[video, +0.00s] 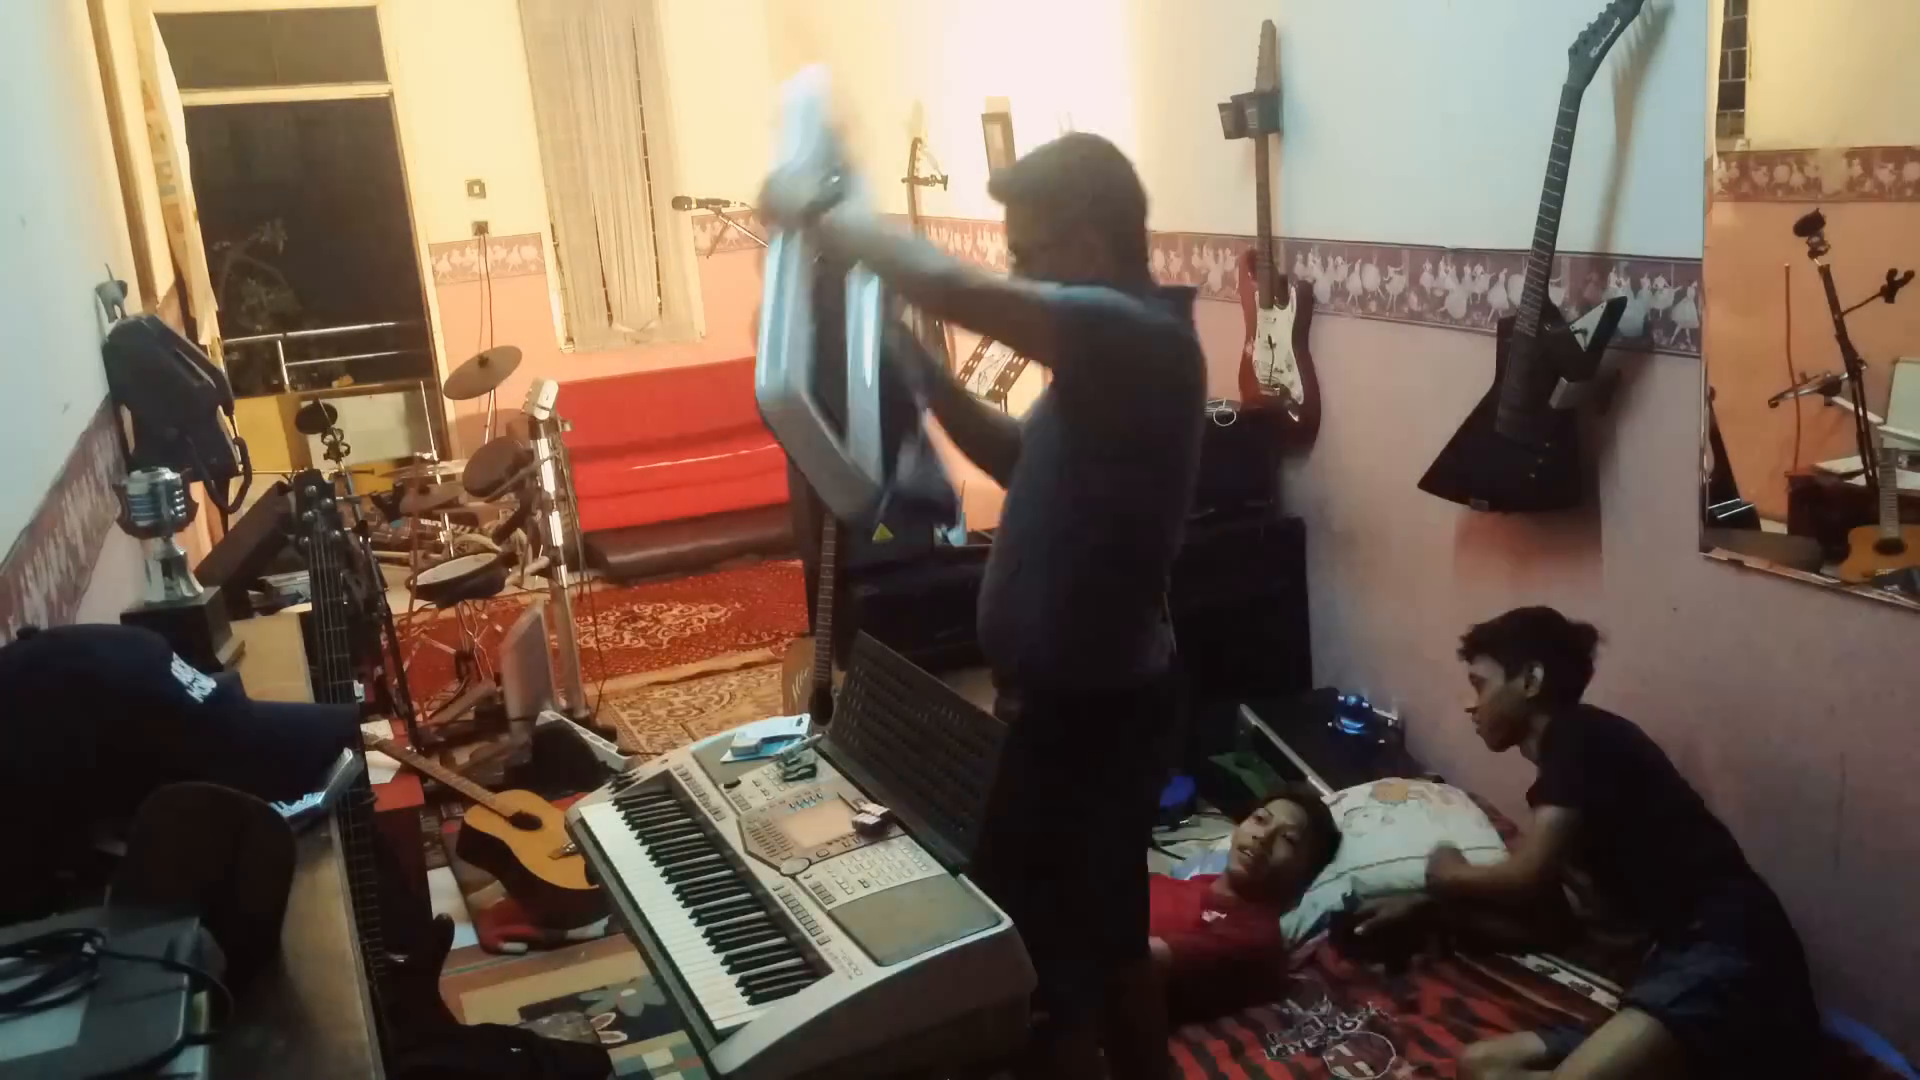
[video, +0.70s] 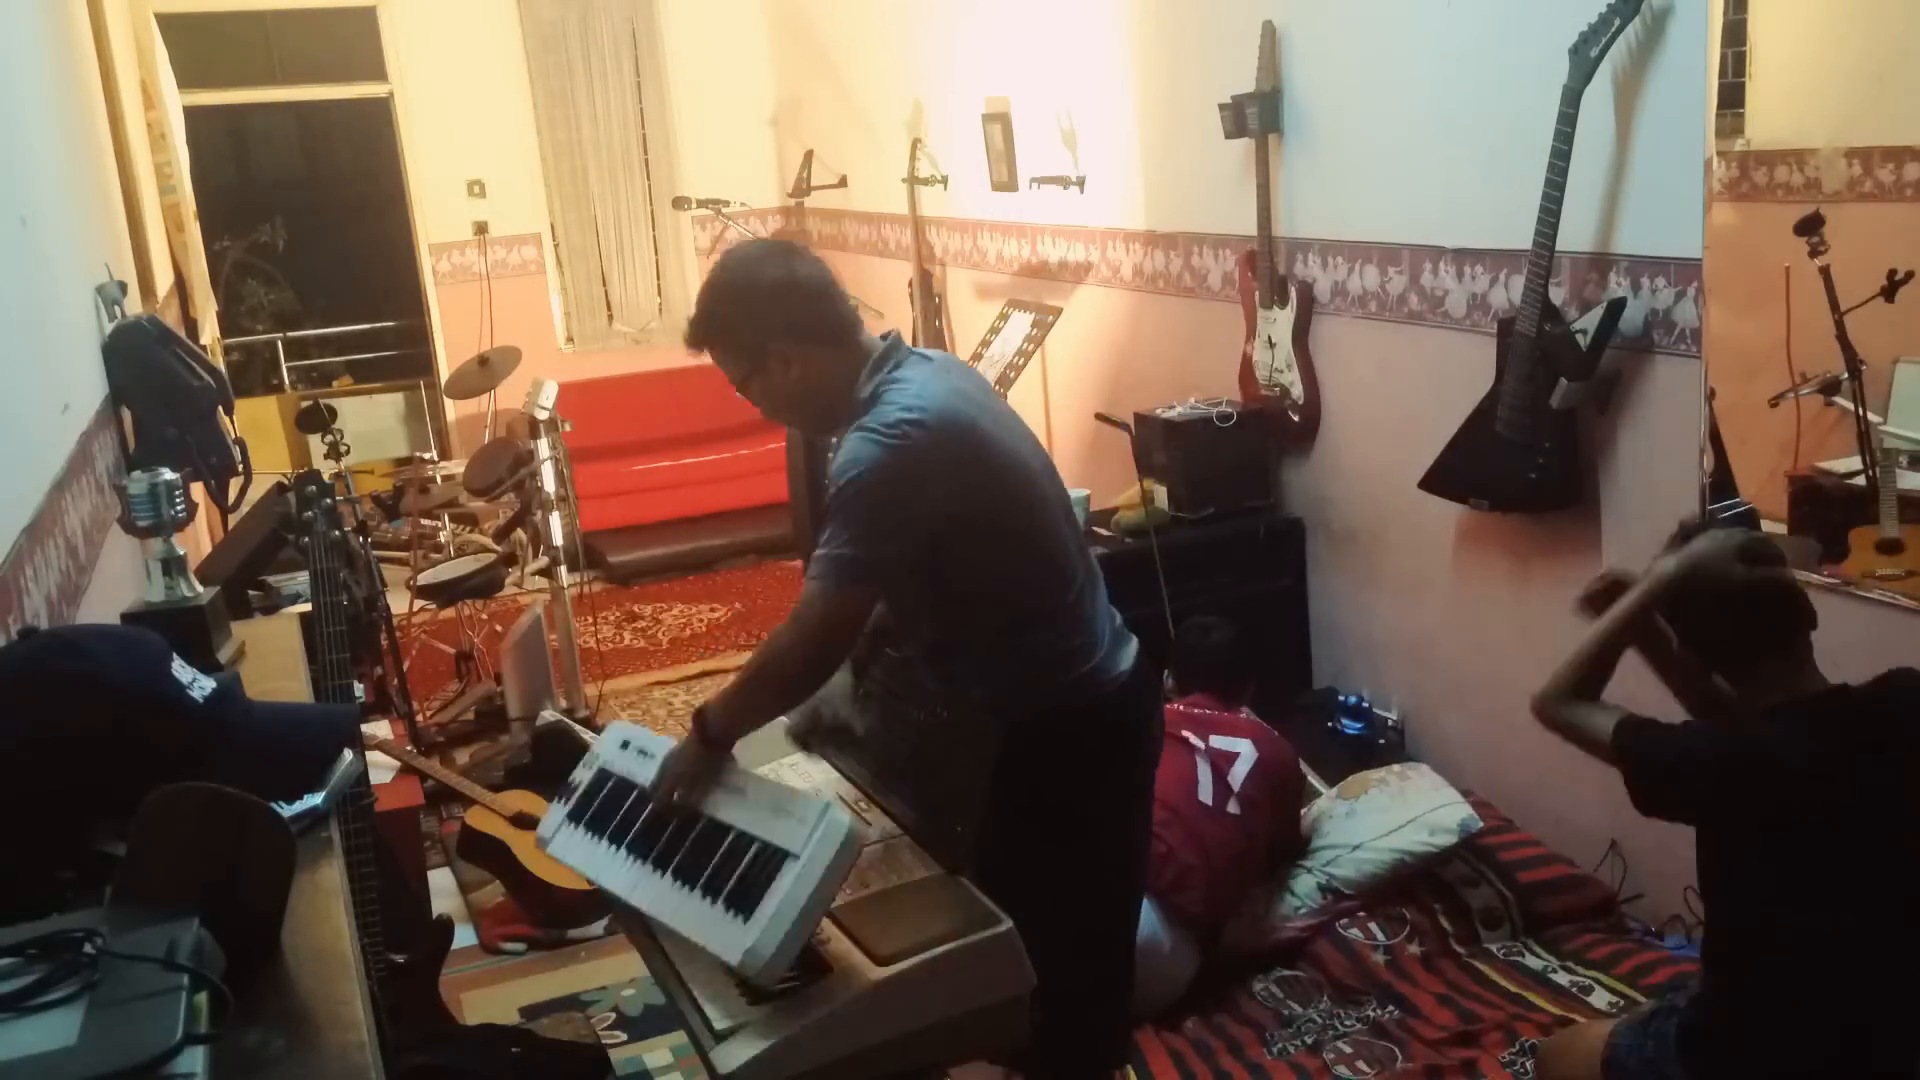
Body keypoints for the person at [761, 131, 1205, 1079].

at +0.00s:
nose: (1012, 250)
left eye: (1026, 228)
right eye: (1011, 230)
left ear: (1086, 229)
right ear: (1103, 233)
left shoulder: (1138, 335)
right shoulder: (1112, 353)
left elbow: (950, 283)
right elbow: (1022, 463)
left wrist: (826, 219)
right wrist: (915, 354)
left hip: (1095, 698)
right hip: (1077, 689)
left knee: (1048, 937)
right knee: (1090, 930)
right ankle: (1130, 1061)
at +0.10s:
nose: (735, 406)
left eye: (730, 385)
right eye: (724, 386)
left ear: (761, 381)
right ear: (840, 321)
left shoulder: (838, 493)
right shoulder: (954, 371)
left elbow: (735, 683)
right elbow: (935, 572)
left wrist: (659, 803)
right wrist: (832, 683)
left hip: (1070, 747)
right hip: (1160, 690)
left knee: (1084, 1010)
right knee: (1161, 978)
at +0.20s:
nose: (720, 410)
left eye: (713, 386)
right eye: (709, 389)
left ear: (745, 379)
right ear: (823, 323)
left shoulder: (829, 493)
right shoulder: (937, 377)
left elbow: (754, 694)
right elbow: (921, 599)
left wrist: (680, 814)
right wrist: (824, 716)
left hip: (1057, 745)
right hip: (1145, 685)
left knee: (1074, 1002)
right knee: (1153, 971)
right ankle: (1154, 1059)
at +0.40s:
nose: (762, 367)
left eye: (759, 348)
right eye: (751, 350)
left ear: (805, 330)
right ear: (830, 301)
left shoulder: (905, 436)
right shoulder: (919, 360)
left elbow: (843, 639)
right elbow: (831, 492)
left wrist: (741, 790)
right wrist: (689, 498)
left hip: (1045, 724)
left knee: (1051, 983)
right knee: (1023, 953)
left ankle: (1063, 1070)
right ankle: (1059, 1059)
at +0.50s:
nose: (760, 425)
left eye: (753, 404)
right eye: (746, 408)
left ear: (794, 372)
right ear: (808, 353)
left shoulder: (897, 459)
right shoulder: (916, 375)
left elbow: (840, 656)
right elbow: (858, 617)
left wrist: (739, 798)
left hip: (1066, 725)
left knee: (1061, 978)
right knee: (1034, 955)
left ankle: (1074, 1067)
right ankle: (1058, 1060)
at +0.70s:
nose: (746, 400)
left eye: (742, 378)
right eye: (735, 381)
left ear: (787, 362)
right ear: (818, 339)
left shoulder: (884, 446)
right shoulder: (918, 376)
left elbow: (819, 636)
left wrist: (711, 730)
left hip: (1059, 722)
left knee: (1053, 968)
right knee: (1062, 952)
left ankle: (1071, 1064)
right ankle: (1071, 1057)